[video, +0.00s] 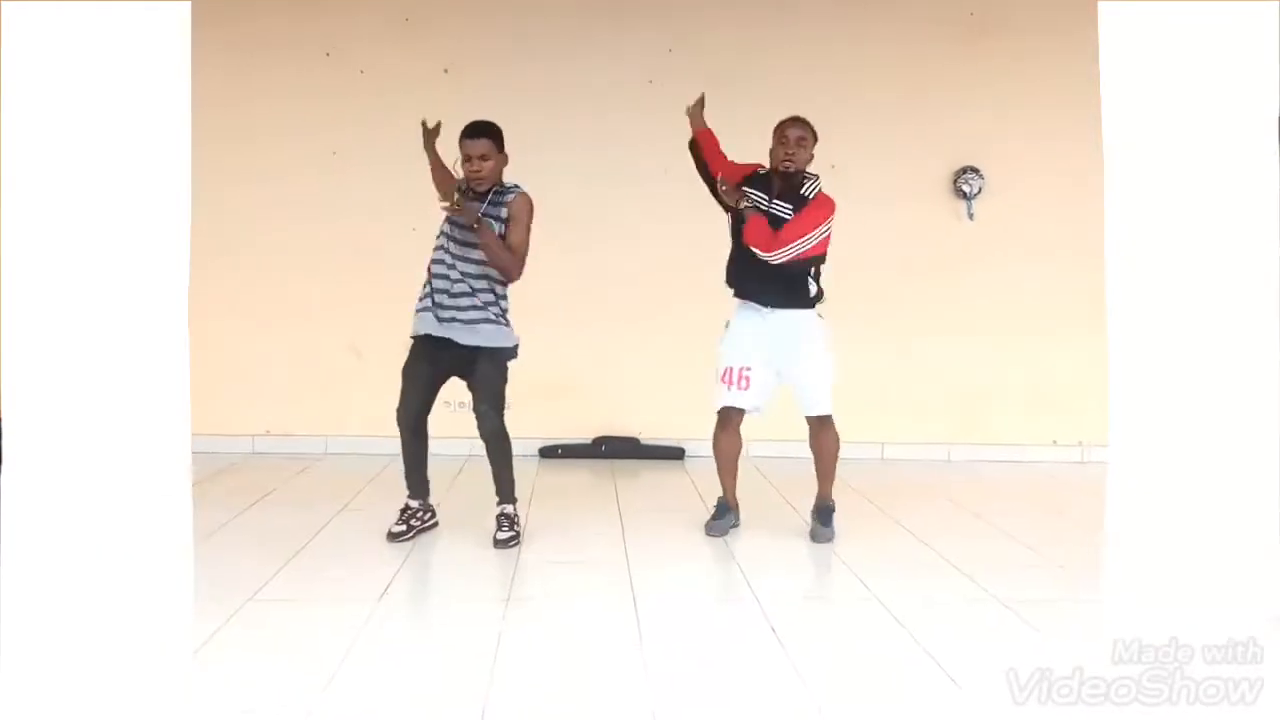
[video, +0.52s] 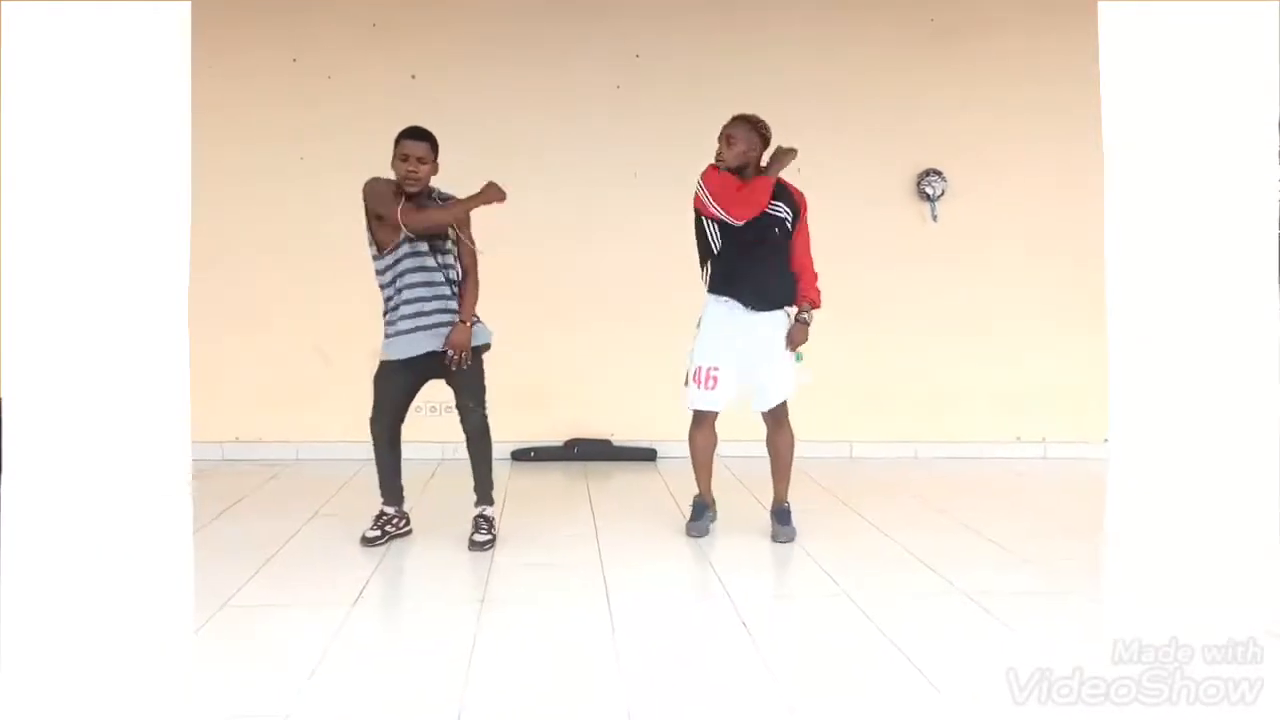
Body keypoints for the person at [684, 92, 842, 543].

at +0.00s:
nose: (790, 150)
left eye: (800, 144)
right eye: (783, 142)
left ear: (812, 154)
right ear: (771, 147)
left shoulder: (821, 205)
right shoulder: (750, 181)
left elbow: (776, 249)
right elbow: (716, 164)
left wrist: (743, 208)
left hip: (801, 321)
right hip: (750, 316)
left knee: (820, 416)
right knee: (728, 413)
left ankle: (824, 504)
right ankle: (728, 503)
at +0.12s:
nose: (767, 157)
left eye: (774, 150)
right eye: (759, 150)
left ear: (786, 154)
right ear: (744, 154)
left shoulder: (808, 203)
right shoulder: (734, 182)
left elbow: (812, 267)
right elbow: (711, 122)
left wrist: (755, 272)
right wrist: (696, 62)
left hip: (793, 324)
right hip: (745, 318)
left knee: (797, 417)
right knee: (720, 414)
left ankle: (802, 509)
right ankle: (726, 508)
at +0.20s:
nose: (760, 155)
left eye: (769, 149)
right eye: (752, 148)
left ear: (782, 157)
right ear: (740, 154)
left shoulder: (803, 210)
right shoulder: (728, 188)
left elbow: (821, 271)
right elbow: (709, 202)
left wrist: (800, 310)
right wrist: (716, 196)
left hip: (780, 326)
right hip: (732, 321)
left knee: (795, 418)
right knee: (709, 415)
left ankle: (797, 508)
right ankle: (714, 508)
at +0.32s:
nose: (766, 158)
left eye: (776, 152)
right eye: (760, 151)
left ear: (791, 159)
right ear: (749, 155)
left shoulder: (805, 214)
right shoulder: (725, 195)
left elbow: (816, 267)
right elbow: (719, 260)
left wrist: (811, 313)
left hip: (776, 325)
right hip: (722, 319)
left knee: (783, 419)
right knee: (703, 413)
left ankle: (783, 508)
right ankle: (706, 504)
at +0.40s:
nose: (734, 153)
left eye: (745, 148)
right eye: (733, 145)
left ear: (769, 158)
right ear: (731, 148)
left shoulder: (788, 202)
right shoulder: (718, 186)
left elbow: (799, 268)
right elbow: (744, 238)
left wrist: (797, 329)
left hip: (769, 324)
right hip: (718, 319)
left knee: (777, 418)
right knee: (702, 414)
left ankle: (780, 506)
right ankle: (702, 503)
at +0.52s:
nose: (720, 146)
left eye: (731, 141)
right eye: (721, 140)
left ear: (758, 150)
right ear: (724, 145)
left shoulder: (789, 195)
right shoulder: (712, 179)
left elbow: (801, 257)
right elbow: (740, 207)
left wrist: (804, 312)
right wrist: (772, 171)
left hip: (773, 317)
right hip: (723, 313)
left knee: (776, 413)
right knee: (704, 411)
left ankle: (780, 505)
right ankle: (703, 501)